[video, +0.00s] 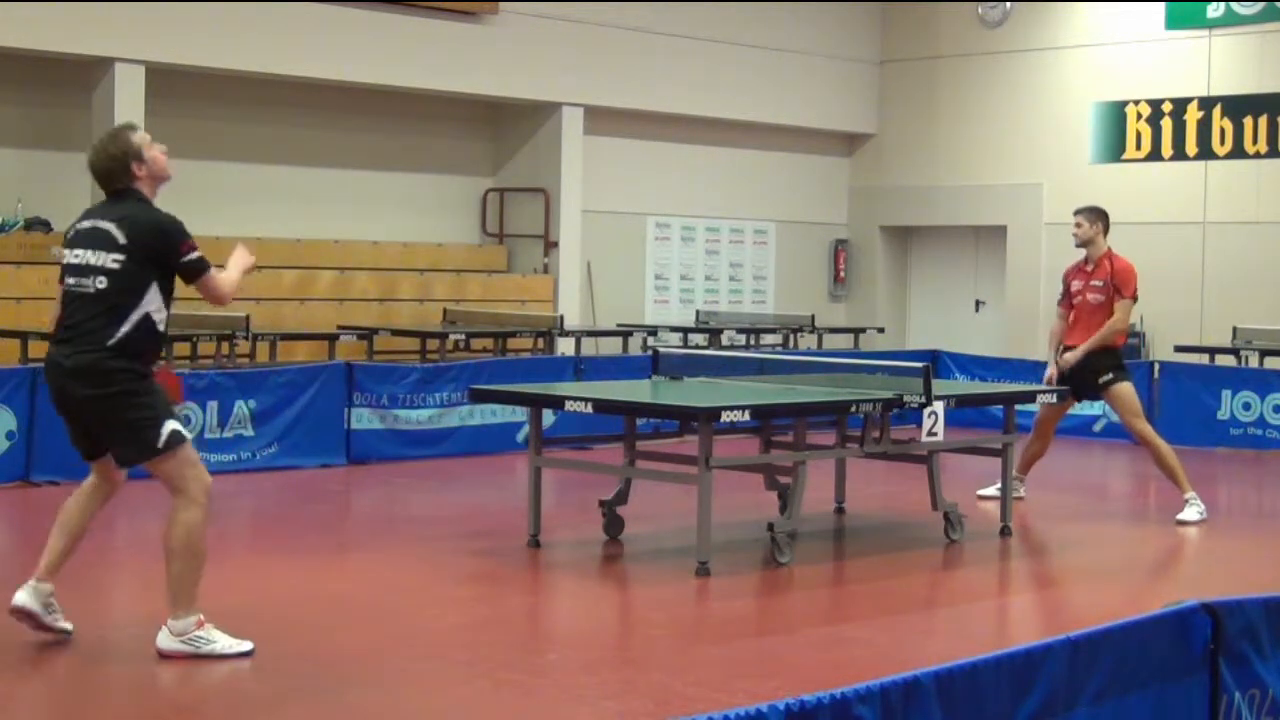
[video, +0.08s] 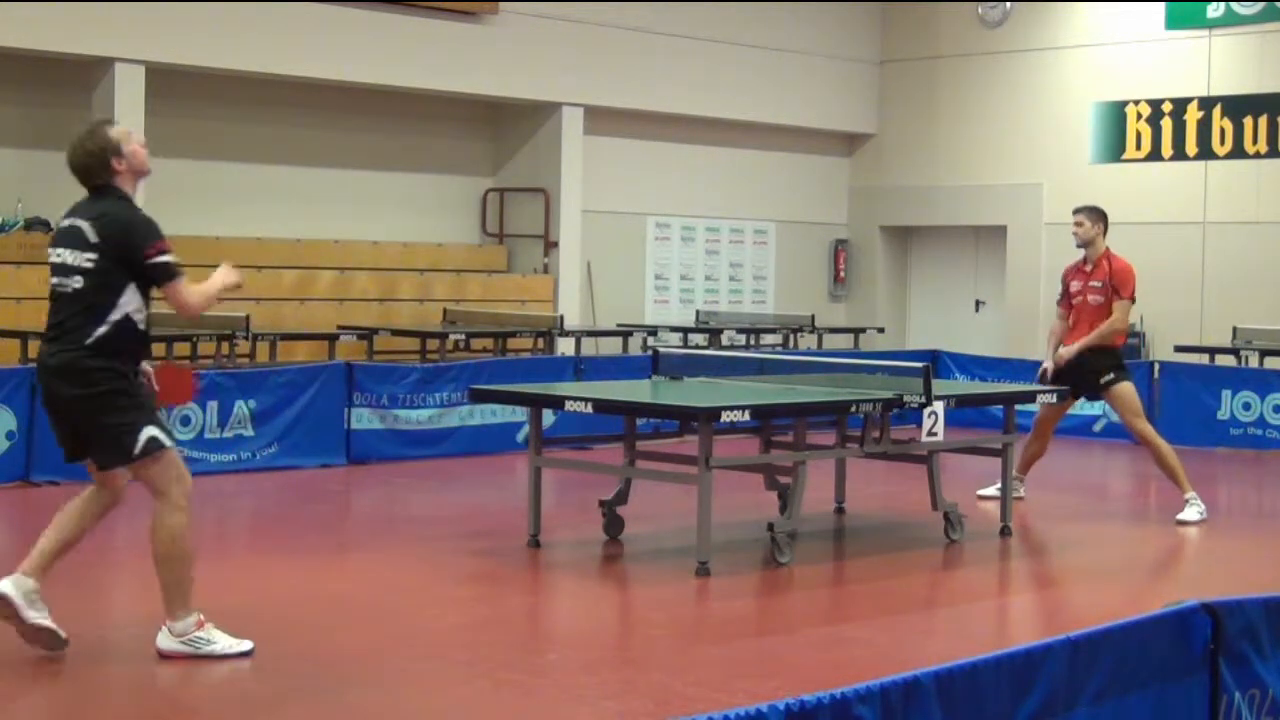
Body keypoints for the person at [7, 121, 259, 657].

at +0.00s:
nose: (163, 151)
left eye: (157, 144)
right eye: (154, 146)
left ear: (117, 173)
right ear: (138, 167)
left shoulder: (84, 223)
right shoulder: (158, 226)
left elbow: (65, 310)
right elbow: (220, 292)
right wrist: (238, 264)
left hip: (65, 371)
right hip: (115, 376)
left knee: (106, 476)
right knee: (193, 486)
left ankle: (38, 588)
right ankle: (183, 625)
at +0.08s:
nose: (143, 146)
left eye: (136, 140)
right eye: (134, 143)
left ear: (104, 168)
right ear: (119, 163)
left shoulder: (74, 218)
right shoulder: (130, 223)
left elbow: (87, 304)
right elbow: (188, 303)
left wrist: (131, 362)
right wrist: (219, 282)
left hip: (61, 372)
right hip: (99, 376)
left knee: (109, 486)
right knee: (174, 484)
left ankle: (24, 581)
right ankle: (182, 624)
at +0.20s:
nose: (113, 143)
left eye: (105, 135)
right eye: (103, 138)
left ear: (76, 167)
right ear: (87, 160)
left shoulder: (59, 217)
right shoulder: (82, 216)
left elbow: (67, 312)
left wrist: (123, 353)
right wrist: (168, 309)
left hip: (50, 378)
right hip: (71, 380)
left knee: (80, 501)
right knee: (137, 489)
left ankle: (1, 609)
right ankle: (175, 625)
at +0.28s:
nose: (95, 142)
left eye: (88, 135)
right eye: (84, 138)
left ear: (67, 163)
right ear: (66, 160)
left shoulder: (69, 219)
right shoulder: (49, 216)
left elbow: (69, 319)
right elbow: (31, 304)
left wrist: (120, 355)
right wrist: (115, 314)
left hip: (47, 378)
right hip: (45, 380)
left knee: (59, 504)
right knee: (110, 492)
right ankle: (161, 627)